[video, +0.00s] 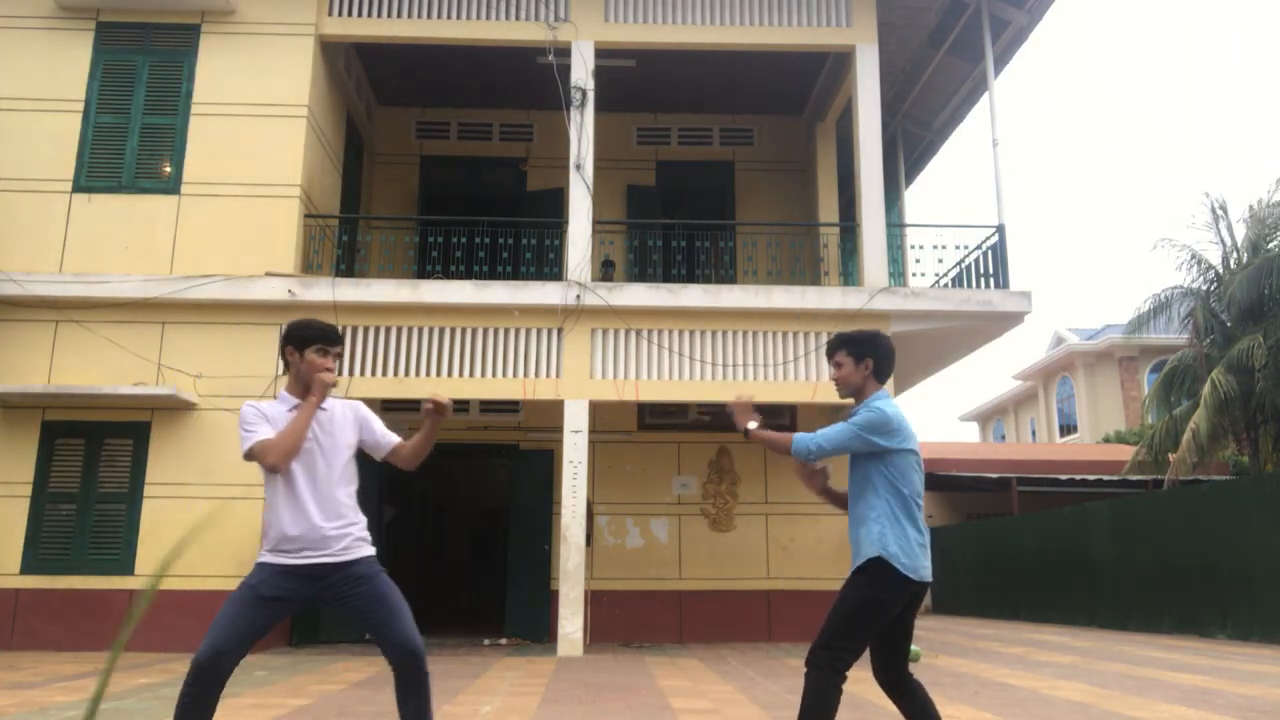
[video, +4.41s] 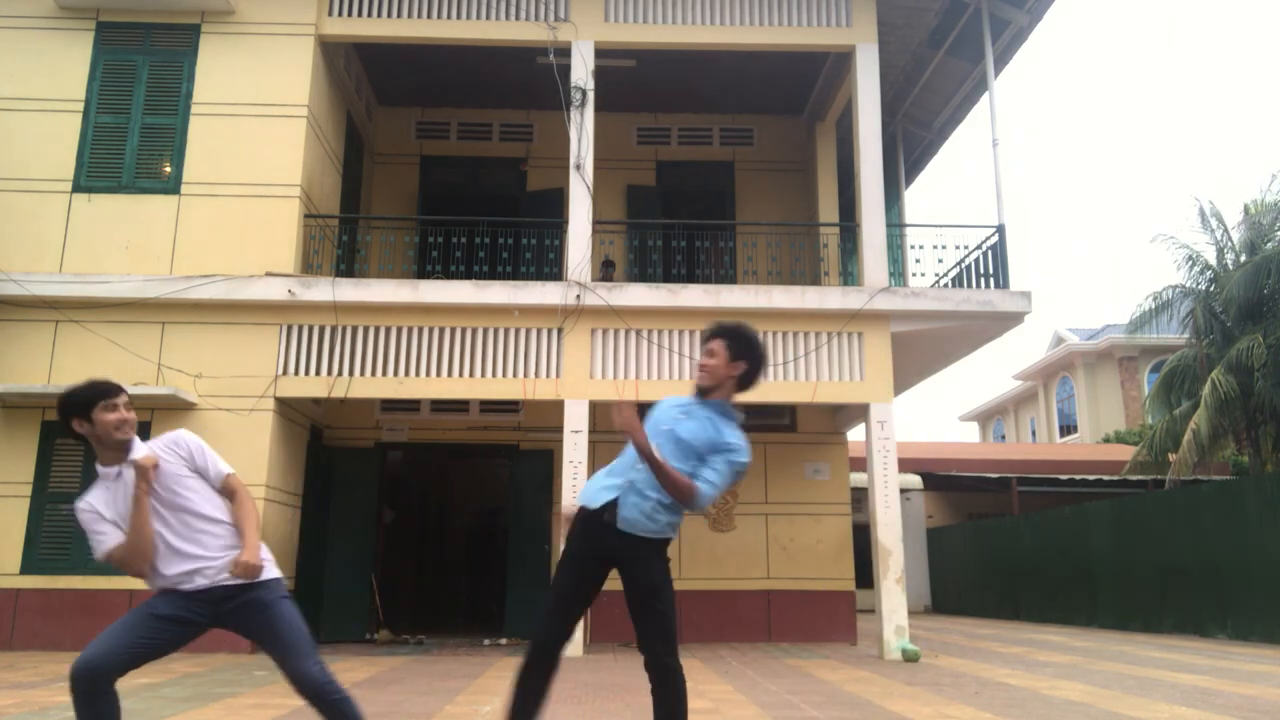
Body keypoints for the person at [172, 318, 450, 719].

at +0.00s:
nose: (331, 363)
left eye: (336, 356)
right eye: (322, 354)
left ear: (340, 361)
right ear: (292, 356)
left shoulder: (352, 412)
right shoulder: (257, 412)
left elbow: (406, 459)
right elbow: (274, 459)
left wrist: (431, 426)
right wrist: (313, 399)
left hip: (352, 564)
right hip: (281, 567)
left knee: (410, 652)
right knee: (209, 662)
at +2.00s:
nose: (335, 368)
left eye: (339, 359)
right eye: (325, 357)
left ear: (343, 363)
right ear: (293, 357)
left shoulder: (351, 416)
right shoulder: (257, 412)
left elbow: (397, 470)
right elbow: (275, 467)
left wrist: (449, 472)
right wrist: (319, 408)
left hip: (347, 569)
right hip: (275, 570)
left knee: (413, 649)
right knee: (199, 662)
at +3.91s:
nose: (328, 367)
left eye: (332, 358)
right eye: (318, 356)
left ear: (335, 364)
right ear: (287, 358)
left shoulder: (349, 416)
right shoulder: (252, 417)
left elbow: (385, 478)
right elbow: (274, 473)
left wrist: (413, 467)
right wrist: (318, 416)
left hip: (342, 568)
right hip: (272, 571)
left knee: (406, 655)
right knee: (198, 668)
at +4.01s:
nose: (290, 366)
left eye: (294, 358)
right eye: (279, 358)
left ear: (299, 366)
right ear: (251, 366)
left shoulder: (322, 418)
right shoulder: (225, 429)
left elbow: (365, 481)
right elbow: (251, 482)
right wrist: (295, 423)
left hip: (328, 573)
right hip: (256, 577)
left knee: (397, 656)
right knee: (182, 671)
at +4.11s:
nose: (224, 380)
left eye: (227, 371)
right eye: (212, 372)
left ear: (235, 377)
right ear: (188, 385)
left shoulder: (274, 423)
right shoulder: (178, 453)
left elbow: (320, 476)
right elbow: (207, 501)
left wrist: (298, 495)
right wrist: (240, 442)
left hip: (309, 576)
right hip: (238, 582)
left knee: (373, 662)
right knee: (151, 670)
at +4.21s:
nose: (173, 406)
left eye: (176, 398)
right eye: (159, 400)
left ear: (186, 404)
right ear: (134, 416)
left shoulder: (228, 436)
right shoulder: (141, 492)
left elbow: (289, 479)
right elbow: (177, 544)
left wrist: (282, 519)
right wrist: (188, 476)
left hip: (295, 578)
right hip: (225, 590)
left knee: (361, 668)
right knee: (132, 667)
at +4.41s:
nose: (125, 416)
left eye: (127, 407)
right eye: (110, 409)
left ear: (134, 413)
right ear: (81, 426)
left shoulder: (179, 444)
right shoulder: (93, 504)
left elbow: (238, 491)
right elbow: (137, 563)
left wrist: (252, 548)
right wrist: (141, 489)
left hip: (251, 586)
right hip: (180, 599)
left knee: (313, 681)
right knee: (89, 673)